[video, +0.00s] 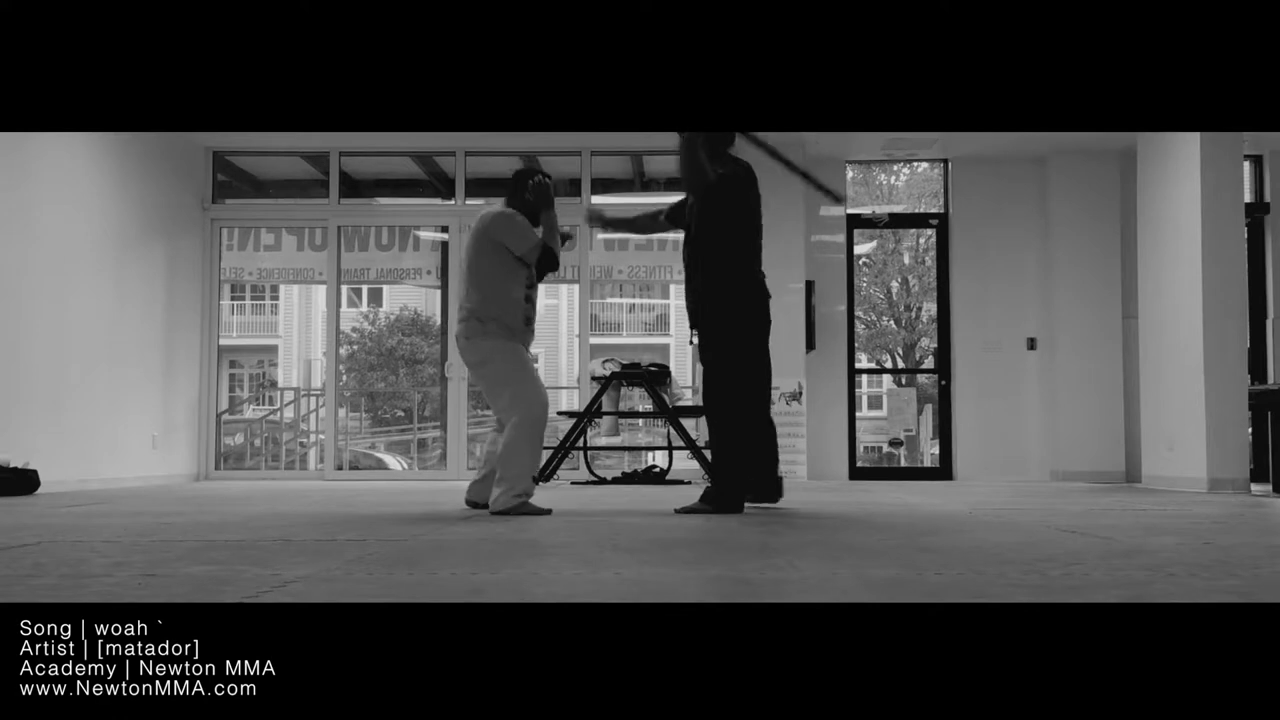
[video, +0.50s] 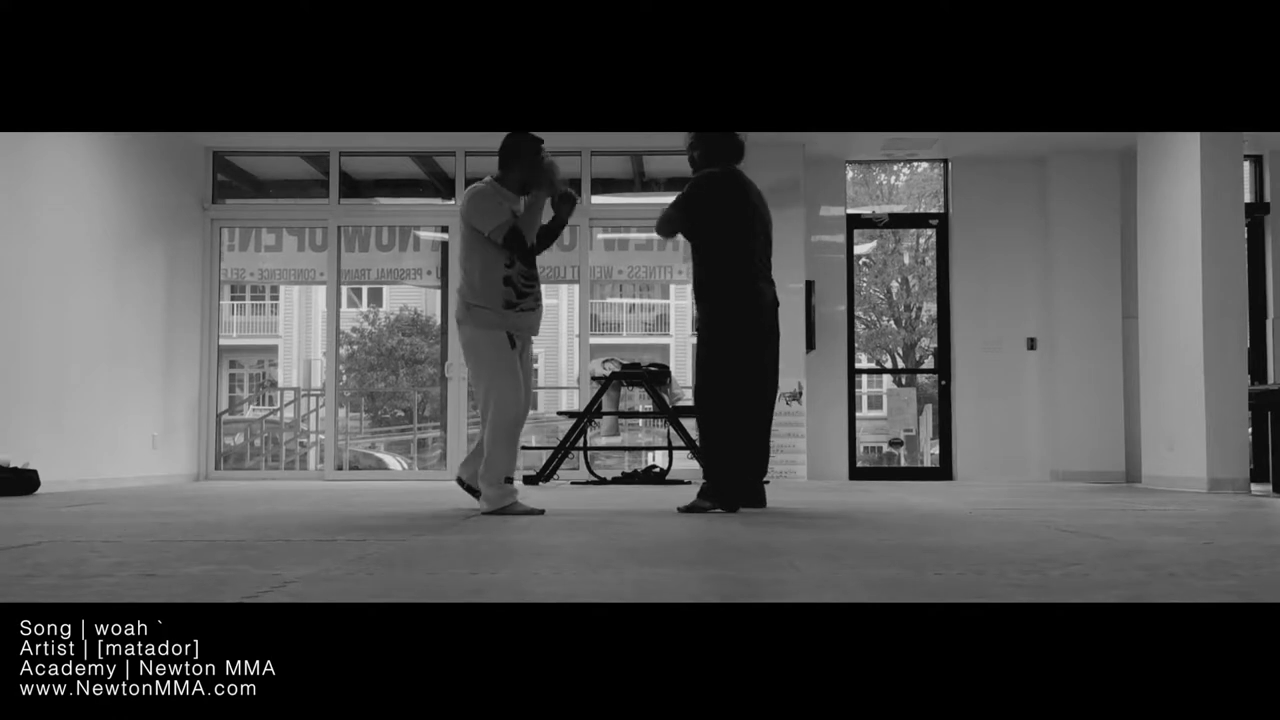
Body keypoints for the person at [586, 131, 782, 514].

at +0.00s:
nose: (684, 155)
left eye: (692, 146)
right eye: (688, 149)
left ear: (706, 144)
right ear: (721, 143)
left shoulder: (736, 176)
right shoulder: (708, 190)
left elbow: (698, 186)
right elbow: (659, 219)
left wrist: (688, 141)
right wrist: (607, 221)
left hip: (734, 312)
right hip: (725, 312)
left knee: (724, 399)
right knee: (746, 396)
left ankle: (725, 494)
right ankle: (764, 483)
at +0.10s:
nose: (686, 148)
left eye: (691, 141)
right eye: (687, 142)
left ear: (707, 142)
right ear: (723, 144)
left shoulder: (723, 177)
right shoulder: (728, 183)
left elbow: (666, 185)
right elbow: (681, 226)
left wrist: (645, 141)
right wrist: (626, 205)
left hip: (727, 312)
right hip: (738, 310)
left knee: (721, 399)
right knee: (742, 398)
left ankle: (725, 494)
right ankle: (748, 490)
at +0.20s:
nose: (688, 152)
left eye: (692, 145)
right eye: (690, 146)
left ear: (705, 146)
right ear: (729, 147)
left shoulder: (713, 181)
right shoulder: (742, 184)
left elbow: (661, 208)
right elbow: (703, 241)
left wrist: (619, 196)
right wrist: (664, 221)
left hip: (724, 313)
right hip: (751, 312)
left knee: (716, 398)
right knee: (746, 397)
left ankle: (722, 493)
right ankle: (747, 488)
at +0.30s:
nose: (691, 152)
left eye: (694, 145)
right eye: (692, 146)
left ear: (706, 147)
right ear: (735, 149)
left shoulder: (705, 186)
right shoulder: (750, 188)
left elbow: (662, 230)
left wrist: (629, 255)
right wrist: (673, 216)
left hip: (722, 317)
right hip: (759, 315)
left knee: (716, 400)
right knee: (750, 399)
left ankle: (720, 493)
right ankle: (748, 488)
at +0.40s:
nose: (691, 159)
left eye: (693, 151)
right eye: (692, 151)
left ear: (704, 151)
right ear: (734, 153)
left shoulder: (701, 188)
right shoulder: (753, 193)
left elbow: (671, 237)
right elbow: (759, 253)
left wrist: (662, 265)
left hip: (719, 317)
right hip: (760, 317)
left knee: (715, 400)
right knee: (752, 400)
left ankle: (718, 492)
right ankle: (749, 489)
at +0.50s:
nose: (688, 158)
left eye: (691, 150)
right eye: (689, 150)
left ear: (701, 152)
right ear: (732, 152)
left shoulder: (703, 188)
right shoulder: (752, 192)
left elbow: (665, 227)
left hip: (722, 315)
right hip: (760, 314)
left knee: (715, 399)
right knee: (753, 398)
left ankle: (718, 492)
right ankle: (750, 489)